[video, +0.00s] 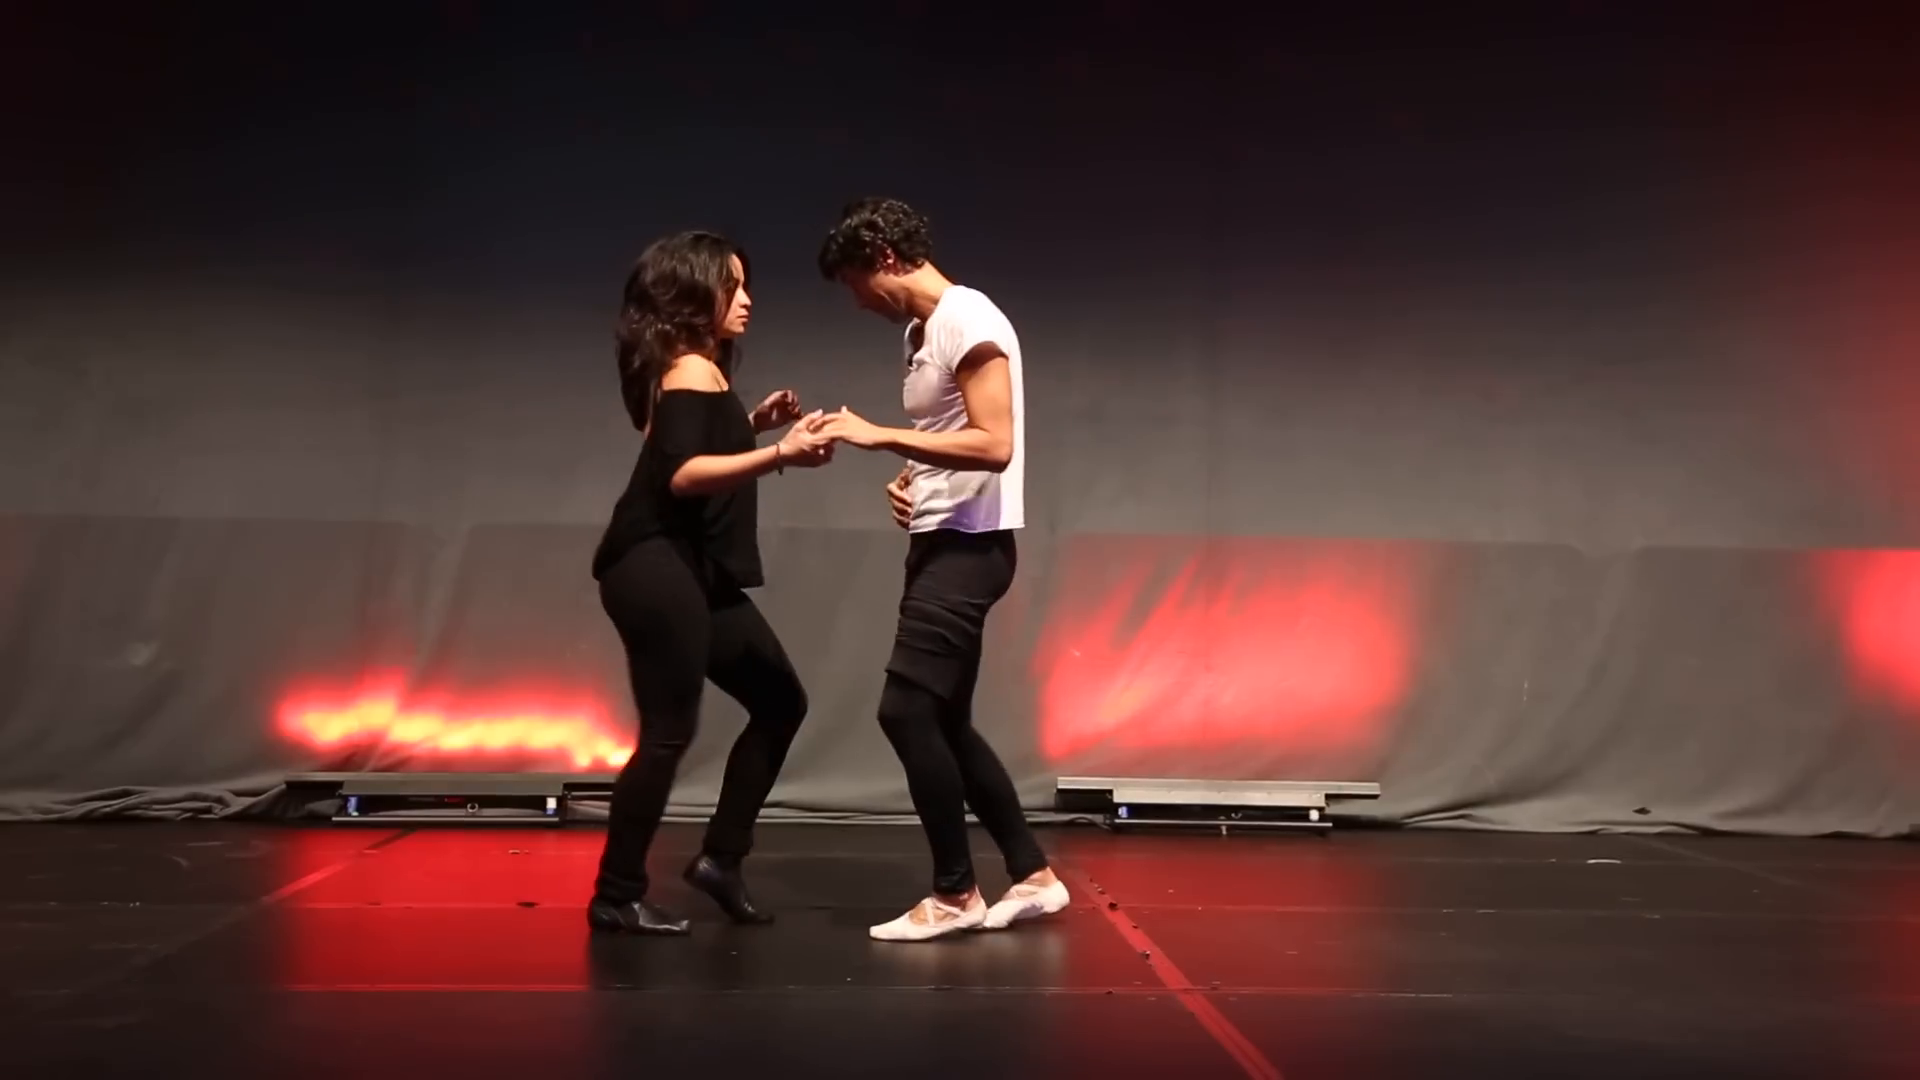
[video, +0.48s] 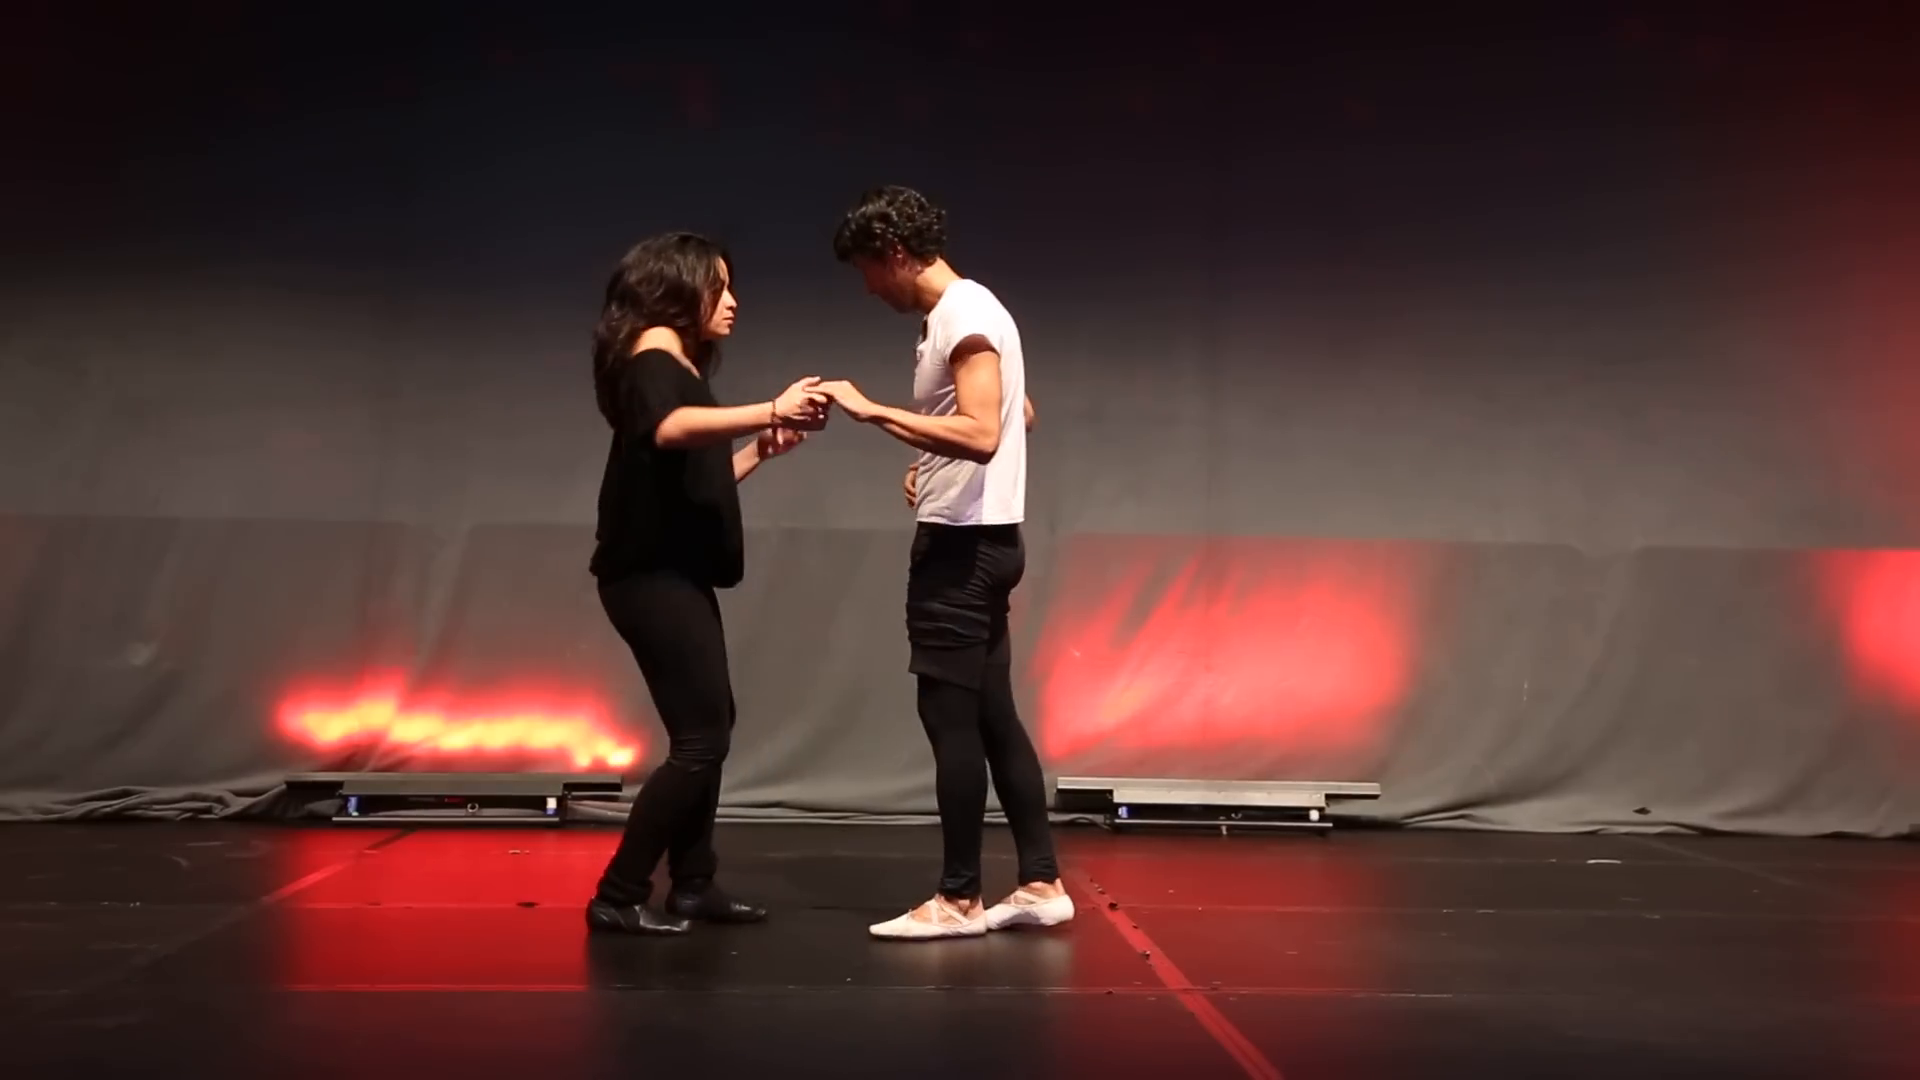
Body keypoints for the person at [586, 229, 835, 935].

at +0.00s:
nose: (745, 299)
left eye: (744, 286)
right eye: (733, 287)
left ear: (705, 302)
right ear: (696, 297)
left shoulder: (706, 371)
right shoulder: (689, 374)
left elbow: (695, 455)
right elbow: (682, 473)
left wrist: (755, 425)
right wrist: (777, 455)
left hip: (694, 575)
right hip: (654, 571)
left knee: (781, 704)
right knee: (667, 732)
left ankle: (721, 860)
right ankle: (616, 898)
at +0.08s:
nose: (745, 298)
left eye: (744, 285)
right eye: (733, 286)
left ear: (689, 299)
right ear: (698, 294)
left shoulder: (690, 365)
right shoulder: (694, 366)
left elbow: (679, 451)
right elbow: (680, 456)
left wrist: (760, 425)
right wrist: (775, 440)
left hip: (695, 575)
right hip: (660, 576)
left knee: (778, 705)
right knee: (686, 731)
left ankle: (719, 861)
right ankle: (618, 895)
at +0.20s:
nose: (743, 297)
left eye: (740, 284)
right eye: (731, 285)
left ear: (681, 296)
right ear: (698, 292)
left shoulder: (683, 359)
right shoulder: (696, 355)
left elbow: (699, 448)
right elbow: (671, 431)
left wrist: (764, 417)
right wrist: (771, 417)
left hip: (692, 570)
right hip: (666, 575)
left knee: (758, 706)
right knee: (701, 735)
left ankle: (712, 866)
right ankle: (618, 896)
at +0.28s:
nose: (738, 297)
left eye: (736, 285)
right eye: (727, 285)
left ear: (679, 294)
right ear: (696, 290)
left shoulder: (687, 357)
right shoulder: (693, 344)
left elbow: (716, 468)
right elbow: (671, 418)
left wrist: (772, 424)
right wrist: (769, 402)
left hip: (687, 568)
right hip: (664, 570)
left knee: (742, 708)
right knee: (705, 735)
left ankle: (706, 872)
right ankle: (618, 896)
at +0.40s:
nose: (732, 299)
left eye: (732, 287)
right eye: (720, 286)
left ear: (687, 292)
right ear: (685, 288)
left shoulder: (688, 360)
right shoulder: (672, 339)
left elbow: (707, 478)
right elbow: (666, 412)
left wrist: (766, 436)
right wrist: (768, 404)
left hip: (679, 571)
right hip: (653, 572)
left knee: (712, 727)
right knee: (702, 735)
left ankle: (695, 884)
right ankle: (618, 897)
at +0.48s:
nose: (731, 301)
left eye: (729, 288)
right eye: (719, 288)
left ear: (685, 293)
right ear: (681, 290)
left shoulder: (679, 363)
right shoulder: (656, 348)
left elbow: (696, 483)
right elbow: (666, 427)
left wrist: (763, 447)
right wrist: (770, 409)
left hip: (678, 575)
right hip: (651, 576)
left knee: (709, 730)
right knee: (699, 738)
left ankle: (692, 887)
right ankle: (618, 899)